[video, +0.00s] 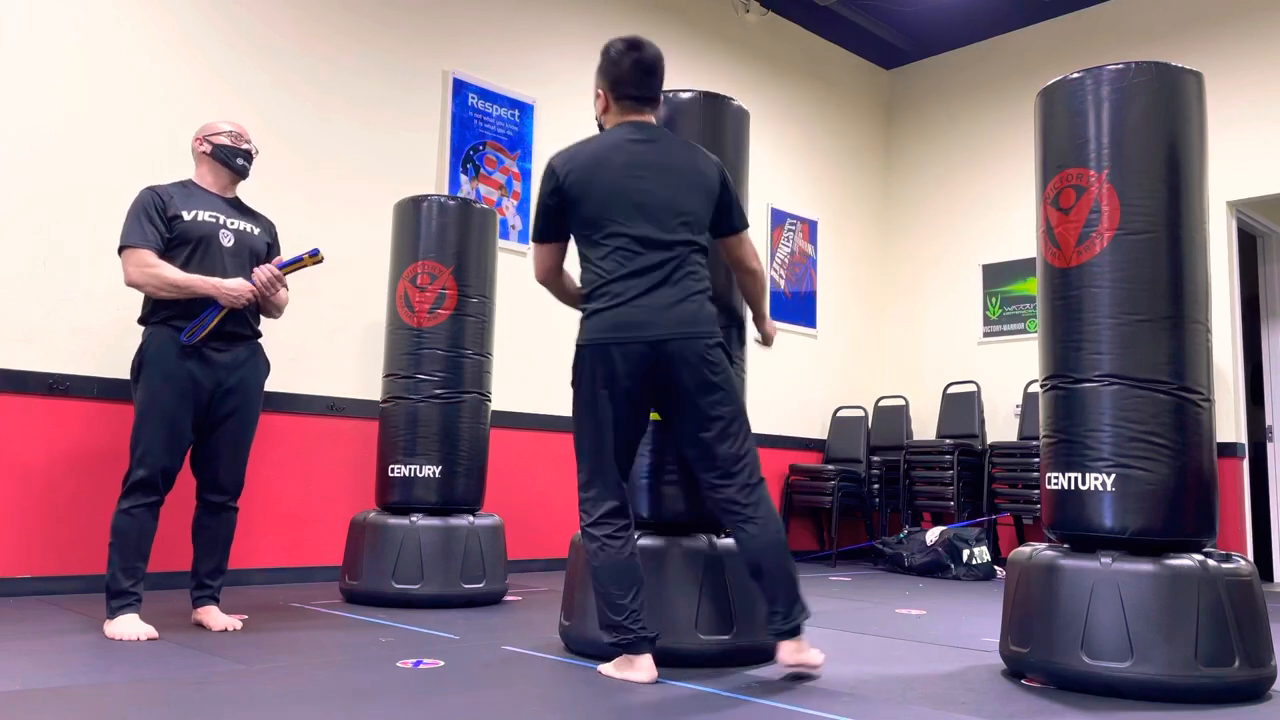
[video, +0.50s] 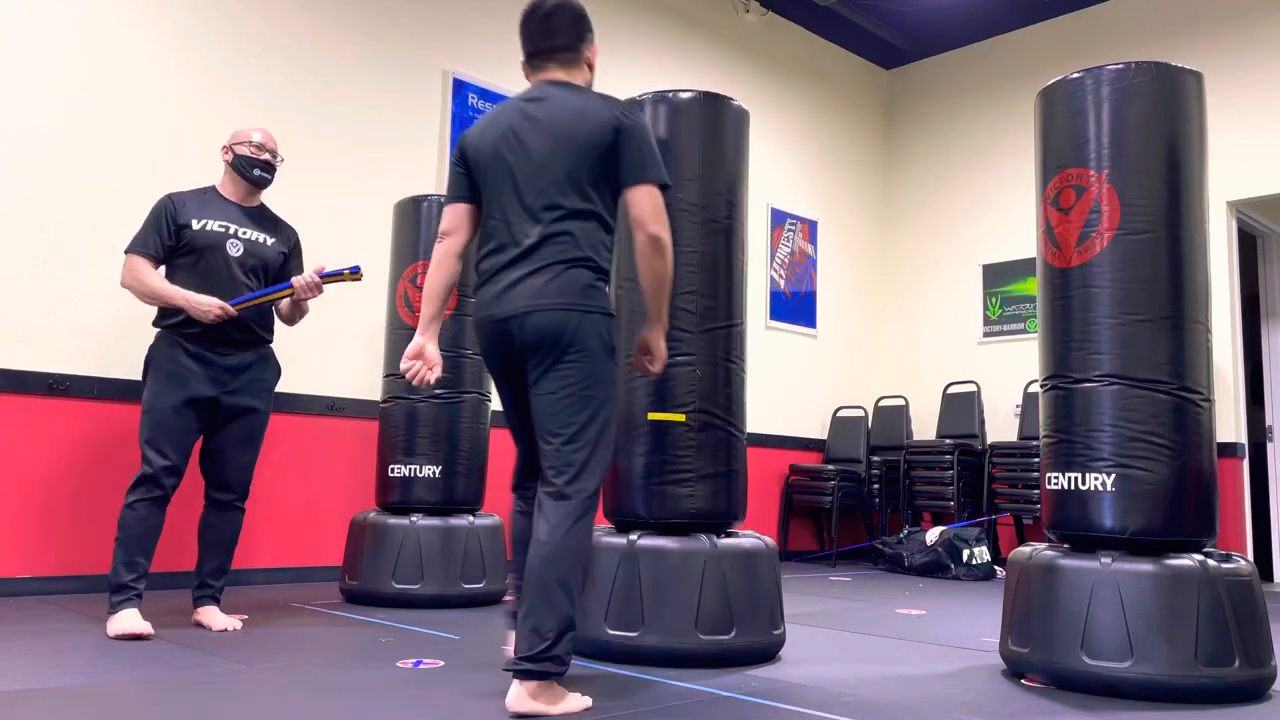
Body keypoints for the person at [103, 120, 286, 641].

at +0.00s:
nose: (246, 147)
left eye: (250, 143)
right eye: (234, 138)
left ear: (251, 162)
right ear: (201, 146)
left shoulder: (262, 227)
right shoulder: (160, 199)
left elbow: (277, 307)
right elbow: (137, 269)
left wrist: (271, 292)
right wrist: (215, 287)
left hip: (241, 362)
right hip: (173, 356)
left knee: (222, 490)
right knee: (147, 481)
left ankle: (206, 601)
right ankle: (124, 608)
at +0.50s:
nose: (264, 154)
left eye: (272, 151)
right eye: (254, 145)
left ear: (278, 169)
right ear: (227, 154)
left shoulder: (284, 236)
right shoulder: (179, 207)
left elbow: (290, 315)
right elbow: (134, 273)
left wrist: (301, 296)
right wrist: (189, 300)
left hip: (249, 372)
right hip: (181, 362)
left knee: (229, 491)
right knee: (157, 478)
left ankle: (208, 601)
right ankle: (125, 603)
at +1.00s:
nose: (213, 162)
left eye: (223, 156)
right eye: (205, 154)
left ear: (240, 165)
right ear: (189, 160)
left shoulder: (262, 233)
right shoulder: (153, 220)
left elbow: (277, 311)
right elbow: (111, 285)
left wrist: (262, 298)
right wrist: (139, 308)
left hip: (230, 372)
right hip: (160, 367)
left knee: (222, 487)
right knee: (134, 479)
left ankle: (207, 602)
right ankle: (124, 593)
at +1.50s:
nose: (143, 169)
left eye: (151, 160)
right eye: (132, 161)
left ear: (165, 163)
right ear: (113, 165)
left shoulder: (200, 223)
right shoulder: (91, 232)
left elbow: (231, 289)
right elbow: (55, 296)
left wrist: (184, 287)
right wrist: (79, 323)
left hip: (181, 370)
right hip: (115, 372)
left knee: (192, 479)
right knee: (119, 484)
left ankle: (203, 594)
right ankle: (124, 595)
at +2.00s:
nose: (156, 162)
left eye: (164, 157)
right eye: (145, 153)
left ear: (172, 170)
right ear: (118, 160)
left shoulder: (192, 228)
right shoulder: (79, 227)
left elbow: (218, 297)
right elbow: (51, 296)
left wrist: (166, 297)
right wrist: (89, 300)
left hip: (172, 370)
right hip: (104, 372)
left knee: (183, 479)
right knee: (115, 485)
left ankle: (193, 591)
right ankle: (124, 594)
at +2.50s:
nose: (186, 164)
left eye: (194, 161)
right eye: (176, 154)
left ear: (200, 177)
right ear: (150, 162)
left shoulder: (215, 234)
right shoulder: (106, 226)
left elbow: (238, 304)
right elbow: (74, 294)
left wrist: (187, 298)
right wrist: (115, 299)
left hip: (187, 370)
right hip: (119, 370)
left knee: (187, 483)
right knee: (123, 483)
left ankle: (188, 592)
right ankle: (124, 594)